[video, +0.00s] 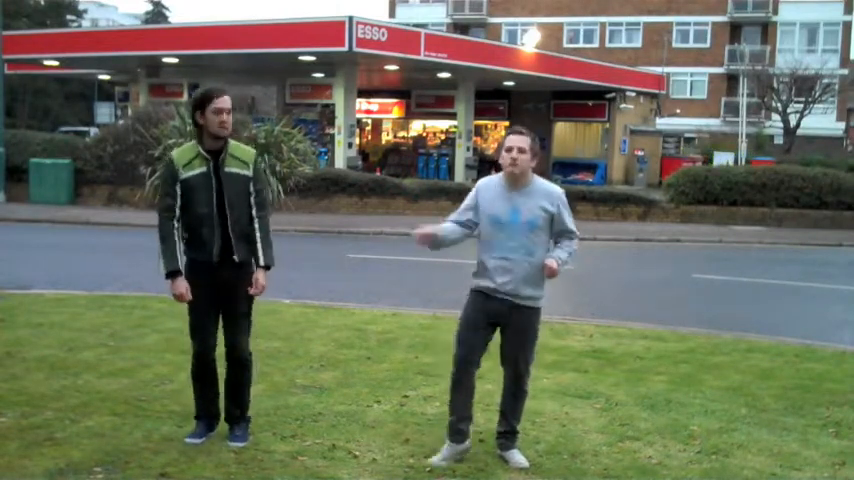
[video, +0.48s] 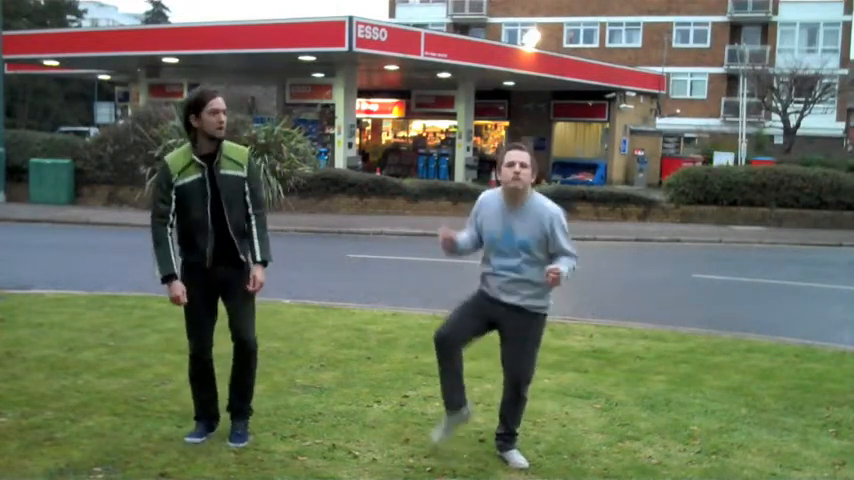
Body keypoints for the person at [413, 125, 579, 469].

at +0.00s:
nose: (514, 156)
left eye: (521, 151)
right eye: (509, 150)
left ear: (533, 158)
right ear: (500, 155)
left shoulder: (552, 195)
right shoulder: (485, 188)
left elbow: (568, 238)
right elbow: (463, 224)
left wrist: (557, 258)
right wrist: (437, 235)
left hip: (526, 300)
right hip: (485, 293)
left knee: (518, 374)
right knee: (463, 362)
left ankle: (507, 444)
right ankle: (457, 440)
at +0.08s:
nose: (514, 157)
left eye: (522, 152)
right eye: (509, 151)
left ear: (533, 159)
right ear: (499, 157)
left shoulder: (551, 196)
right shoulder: (484, 193)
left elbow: (567, 238)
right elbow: (467, 236)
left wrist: (558, 256)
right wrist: (454, 230)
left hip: (526, 303)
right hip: (485, 296)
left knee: (518, 376)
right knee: (465, 364)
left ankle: (508, 444)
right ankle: (457, 441)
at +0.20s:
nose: (513, 163)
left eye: (520, 159)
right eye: (507, 158)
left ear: (530, 168)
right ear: (496, 165)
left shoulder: (546, 206)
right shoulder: (484, 201)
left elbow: (570, 243)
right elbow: (474, 248)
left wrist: (564, 261)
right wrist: (468, 236)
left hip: (532, 308)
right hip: (492, 300)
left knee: (522, 379)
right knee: (451, 345)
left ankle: (509, 443)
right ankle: (461, 419)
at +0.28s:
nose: (514, 171)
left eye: (521, 167)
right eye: (508, 166)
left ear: (530, 177)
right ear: (497, 174)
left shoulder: (546, 216)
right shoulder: (483, 210)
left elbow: (566, 255)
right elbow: (469, 259)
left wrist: (565, 271)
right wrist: (467, 248)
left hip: (534, 313)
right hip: (493, 307)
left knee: (523, 381)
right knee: (451, 348)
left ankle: (508, 444)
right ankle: (465, 422)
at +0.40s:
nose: (519, 175)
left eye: (525, 170)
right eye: (513, 169)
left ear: (535, 179)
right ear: (501, 176)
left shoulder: (549, 219)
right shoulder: (485, 210)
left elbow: (564, 262)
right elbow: (472, 250)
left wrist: (561, 276)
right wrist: (456, 266)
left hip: (531, 317)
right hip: (490, 311)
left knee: (522, 383)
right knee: (449, 359)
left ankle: (507, 444)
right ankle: (464, 429)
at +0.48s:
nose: (516, 171)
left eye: (523, 166)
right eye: (510, 165)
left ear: (533, 174)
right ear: (499, 172)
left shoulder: (549, 213)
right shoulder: (486, 201)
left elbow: (567, 256)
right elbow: (473, 238)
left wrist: (559, 269)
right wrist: (455, 243)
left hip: (527, 309)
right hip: (489, 297)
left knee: (518, 380)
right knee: (446, 338)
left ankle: (506, 444)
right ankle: (457, 410)